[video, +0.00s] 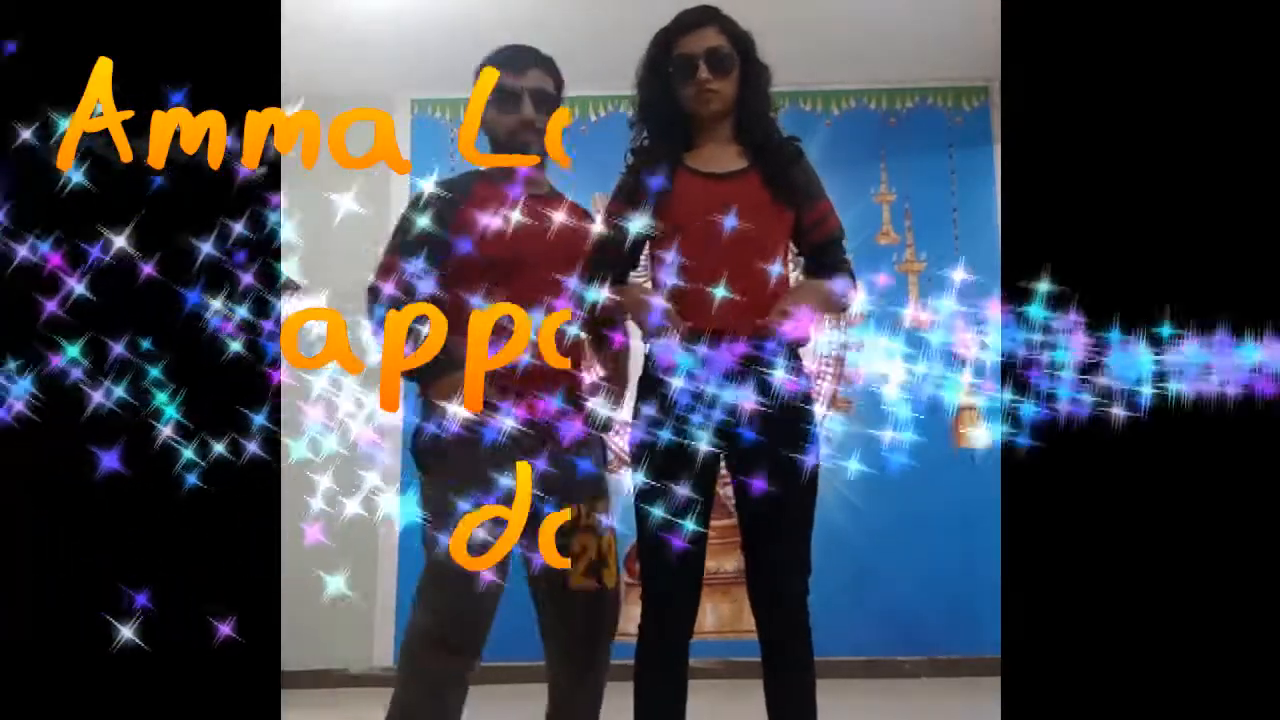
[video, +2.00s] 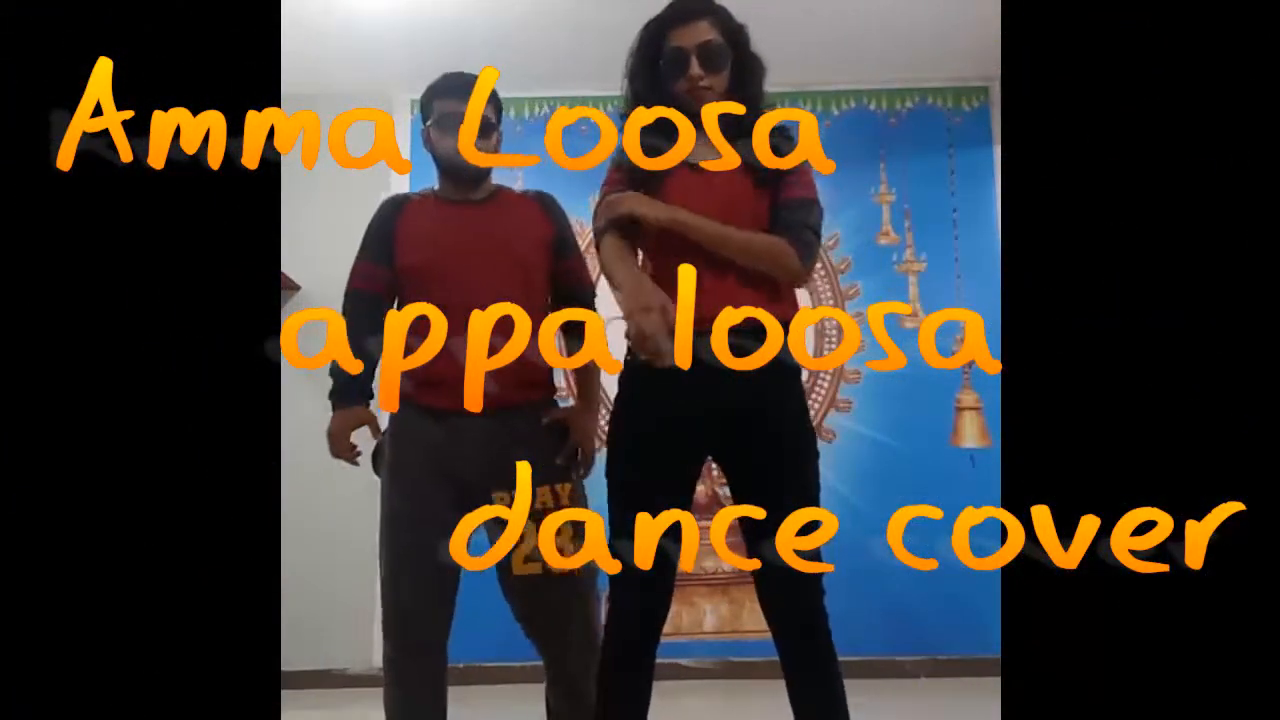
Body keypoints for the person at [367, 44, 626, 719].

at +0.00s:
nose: (524, 111)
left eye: (540, 100)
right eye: (508, 96)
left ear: (556, 116)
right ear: (481, 107)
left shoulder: (584, 221)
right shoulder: (442, 201)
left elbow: (610, 330)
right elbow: (390, 303)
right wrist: (437, 366)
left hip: (565, 440)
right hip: (466, 439)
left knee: (584, 627)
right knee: (451, 621)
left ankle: (574, 717)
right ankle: (416, 719)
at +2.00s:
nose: (466, 135)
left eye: (481, 123)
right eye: (449, 124)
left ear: (499, 132)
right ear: (427, 136)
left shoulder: (542, 215)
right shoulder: (397, 217)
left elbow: (577, 315)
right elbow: (361, 317)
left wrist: (588, 404)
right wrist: (347, 398)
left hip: (530, 440)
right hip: (423, 443)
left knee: (570, 628)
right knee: (413, 625)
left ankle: (579, 716)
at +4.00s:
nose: (496, 141)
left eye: (510, 131)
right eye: (483, 130)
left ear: (529, 145)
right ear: (459, 140)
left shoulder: (568, 230)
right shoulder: (426, 235)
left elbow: (607, 317)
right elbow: (386, 334)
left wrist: (590, 378)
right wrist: (398, 389)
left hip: (546, 438)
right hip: (447, 442)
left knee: (563, 623)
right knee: (430, 625)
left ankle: (580, 719)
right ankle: (422, 719)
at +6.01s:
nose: (491, 129)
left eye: (504, 117)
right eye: (476, 117)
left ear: (521, 131)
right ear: (452, 129)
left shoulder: (559, 204)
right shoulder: (420, 206)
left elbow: (596, 294)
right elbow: (384, 292)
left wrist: (583, 366)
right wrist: (406, 357)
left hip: (540, 428)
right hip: (441, 432)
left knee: (559, 609)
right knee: (432, 611)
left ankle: (578, 716)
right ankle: (424, 718)